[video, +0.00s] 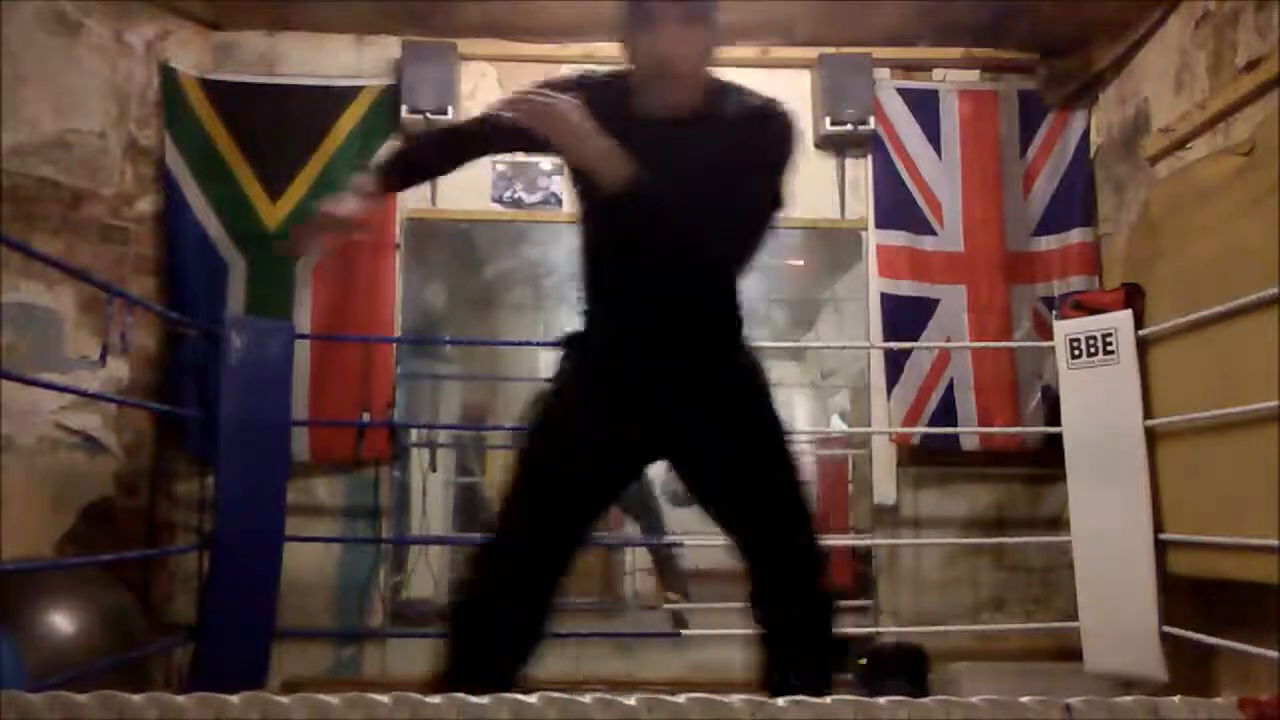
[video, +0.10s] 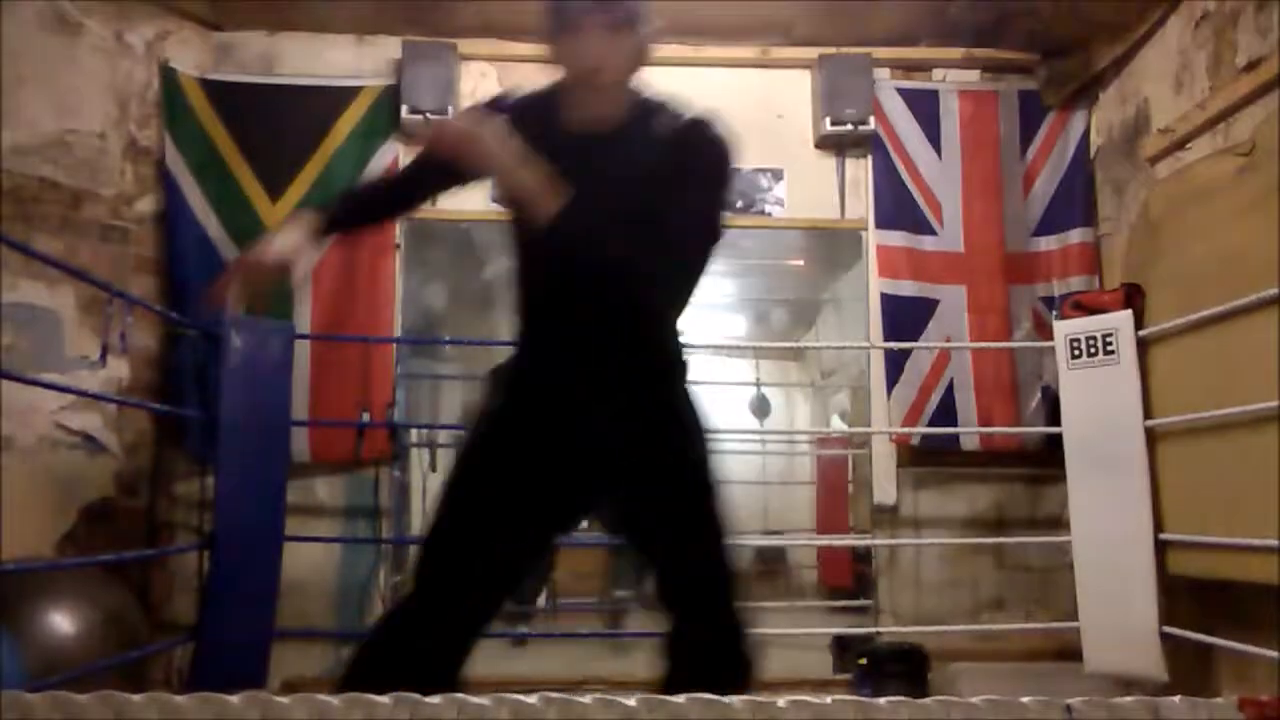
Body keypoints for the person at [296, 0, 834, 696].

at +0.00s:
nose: (662, 43)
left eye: (683, 24)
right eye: (647, 24)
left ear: (711, 34)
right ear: (626, 35)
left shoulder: (756, 127)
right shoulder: (589, 105)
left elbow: (714, 247)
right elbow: (474, 138)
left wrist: (604, 162)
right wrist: (370, 187)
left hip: (711, 381)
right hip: (606, 380)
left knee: (790, 566)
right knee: (520, 560)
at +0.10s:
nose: (595, 45)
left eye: (615, 26)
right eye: (579, 26)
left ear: (641, 39)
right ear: (555, 38)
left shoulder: (687, 148)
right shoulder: (520, 125)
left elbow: (654, 285)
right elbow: (413, 184)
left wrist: (516, 168)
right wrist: (313, 226)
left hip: (644, 410)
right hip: (537, 406)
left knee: (708, 618)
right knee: (446, 603)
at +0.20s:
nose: (507, 99)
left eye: (528, 76)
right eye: (490, 77)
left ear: (560, 84)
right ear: (470, 90)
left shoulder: (629, 205)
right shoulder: (436, 194)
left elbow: (608, 353)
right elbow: (350, 289)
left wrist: (483, 317)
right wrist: (253, 344)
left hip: (598, 466)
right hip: (484, 454)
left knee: (605, 691)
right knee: (381, 664)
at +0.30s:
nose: (444, 130)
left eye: (467, 104)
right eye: (423, 109)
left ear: (504, 112)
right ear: (401, 124)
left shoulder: (591, 226)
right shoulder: (393, 231)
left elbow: (597, 425)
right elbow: (338, 382)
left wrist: (473, 499)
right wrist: (227, 482)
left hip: (573, 483)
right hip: (455, 470)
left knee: (552, 708)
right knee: (346, 687)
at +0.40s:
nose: (434, 126)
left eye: (456, 99)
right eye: (409, 102)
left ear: (492, 106)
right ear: (388, 122)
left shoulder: (594, 228)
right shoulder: (374, 244)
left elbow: (629, 408)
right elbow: (353, 419)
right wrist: (279, 565)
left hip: (567, 491)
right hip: (440, 487)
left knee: (573, 711)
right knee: (336, 700)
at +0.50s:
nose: (465, 80)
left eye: (489, 53)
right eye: (447, 55)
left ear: (529, 64)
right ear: (427, 72)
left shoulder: (618, 179)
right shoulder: (395, 207)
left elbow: (703, 326)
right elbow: (368, 397)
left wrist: (749, 469)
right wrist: (412, 476)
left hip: (599, 465)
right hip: (462, 460)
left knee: (662, 694)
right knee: (351, 690)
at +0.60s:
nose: (589, 17)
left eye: (601, 6)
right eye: (575, 4)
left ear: (621, 9)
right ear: (538, 7)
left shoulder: (660, 80)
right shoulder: (470, 96)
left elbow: (763, 131)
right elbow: (456, 248)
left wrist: (824, 222)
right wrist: (601, 173)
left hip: (658, 390)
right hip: (530, 397)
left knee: (781, 604)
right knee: (429, 637)